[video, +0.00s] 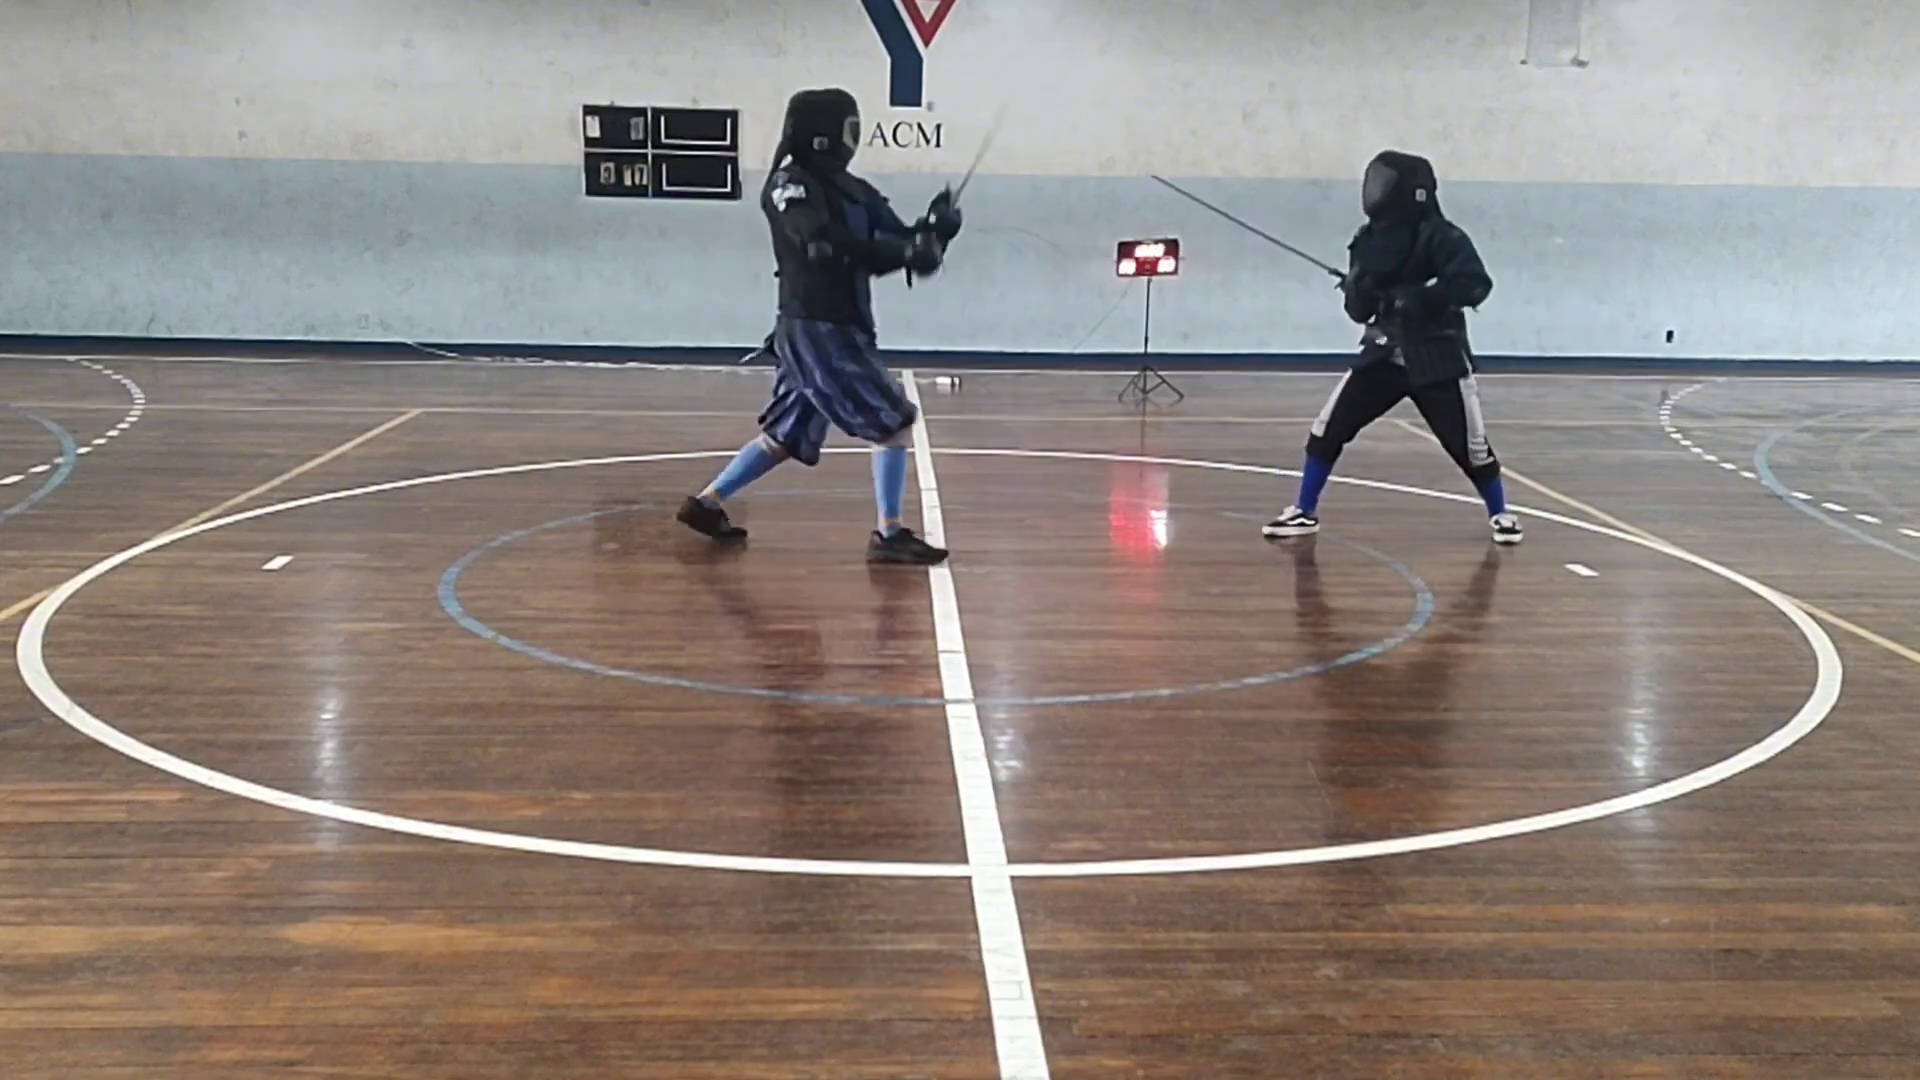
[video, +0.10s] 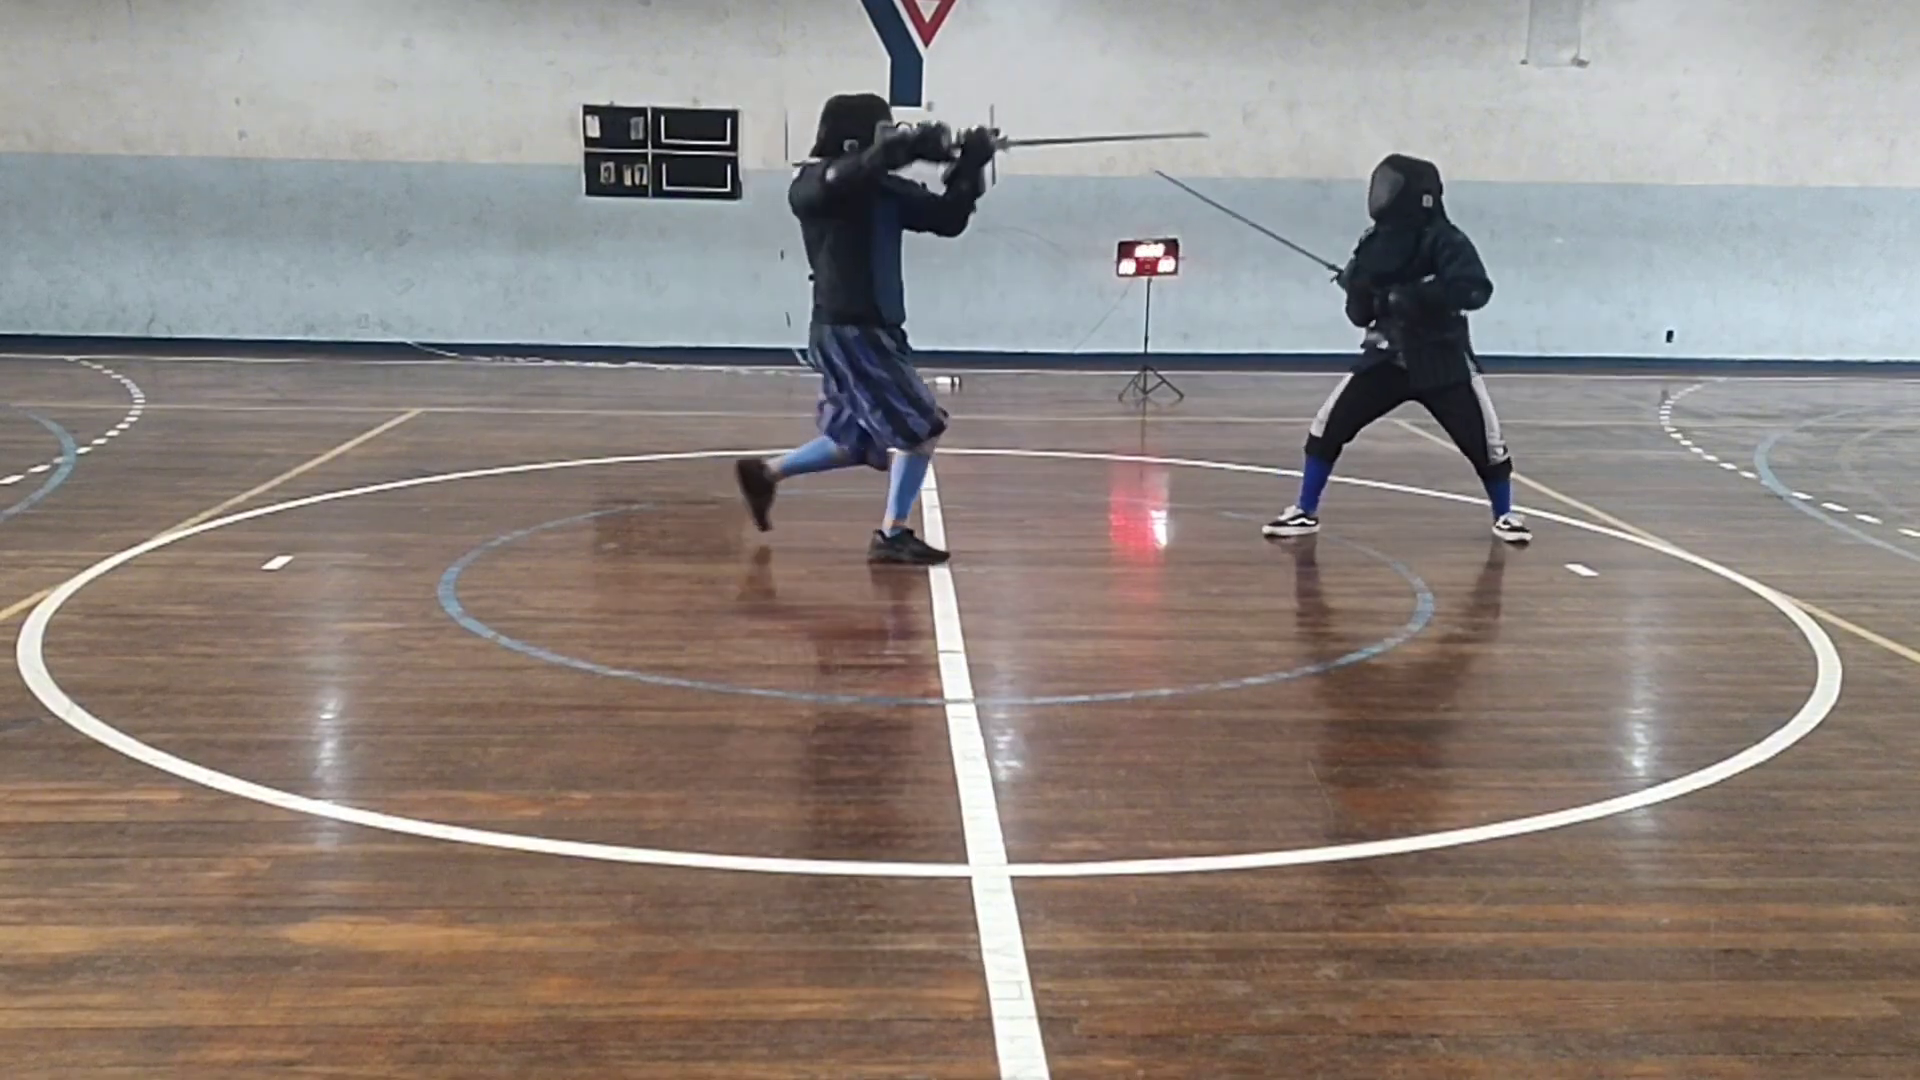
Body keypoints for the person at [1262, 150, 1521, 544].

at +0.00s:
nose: (1371, 190)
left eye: (1381, 182)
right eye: (1372, 181)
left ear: (1411, 190)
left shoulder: (1440, 235)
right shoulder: (1367, 241)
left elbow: (1475, 284)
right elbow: (1358, 311)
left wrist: (1419, 298)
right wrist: (1360, 290)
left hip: (1439, 358)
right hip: (1384, 358)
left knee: (1469, 446)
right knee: (1327, 431)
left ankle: (1500, 514)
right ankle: (1303, 511)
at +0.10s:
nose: (1378, 194)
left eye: (1389, 186)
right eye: (1379, 185)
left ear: (1418, 194)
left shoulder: (1443, 237)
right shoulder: (1373, 244)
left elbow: (1476, 289)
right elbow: (1359, 316)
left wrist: (1414, 296)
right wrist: (1359, 290)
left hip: (1444, 362)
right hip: (1387, 362)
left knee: (1486, 442)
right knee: (1328, 427)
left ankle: (1504, 515)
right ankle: (1305, 511)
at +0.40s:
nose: (1367, 178)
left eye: (1378, 171)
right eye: (1363, 171)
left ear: (1399, 172)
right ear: (1355, 173)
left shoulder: (1415, 214)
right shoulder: (1347, 217)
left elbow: (1402, 177)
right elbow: (1317, 199)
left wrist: (1375, 141)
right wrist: (1317, 143)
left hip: (1400, 347)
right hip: (1341, 346)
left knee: (1454, 433)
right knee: (1280, 426)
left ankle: (1495, 511)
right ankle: (1263, 505)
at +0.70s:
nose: (1312, 164)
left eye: (1322, 159)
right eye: (1315, 155)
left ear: (1348, 172)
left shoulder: (1354, 218)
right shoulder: (1307, 200)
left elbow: (1288, 249)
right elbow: (1261, 206)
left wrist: (1221, 239)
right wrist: (1205, 203)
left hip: (1341, 342)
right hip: (1293, 336)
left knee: (1374, 435)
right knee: (1259, 426)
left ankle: (1416, 501)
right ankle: (1247, 512)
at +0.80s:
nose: (1307, 172)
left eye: (1317, 167)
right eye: (1310, 164)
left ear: (1342, 179)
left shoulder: (1347, 227)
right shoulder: (1300, 202)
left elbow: (1278, 254)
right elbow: (1249, 204)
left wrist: (1210, 228)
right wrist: (1194, 212)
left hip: (1333, 349)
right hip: (1288, 340)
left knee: (1361, 442)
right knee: (1250, 424)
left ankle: (1424, 496)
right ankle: (1254, 515)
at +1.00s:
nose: (1308, 179)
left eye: (1318, 173)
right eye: (1310, 170)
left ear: (1344, 183)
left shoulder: (1353, 230)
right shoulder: (1305, 208)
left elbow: (1287, 261)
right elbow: (1255, 213)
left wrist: (1216, 247)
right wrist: (1201, 219)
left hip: (1341, 353)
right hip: (1297, 342)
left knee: (1373, 445)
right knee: (1254, 430)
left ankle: (1434, 492)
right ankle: (1260, 518)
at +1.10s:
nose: (1315, 178)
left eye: (1325, 173)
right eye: (1318, 170)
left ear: (1354, 183)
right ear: (1348, 181)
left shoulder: (1370, 223)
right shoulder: (1317, 204)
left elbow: (1310, 245)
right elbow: (1270, 207)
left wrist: (1242, 239)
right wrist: (1208, 199)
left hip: (1354, 348)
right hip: (1305, 341)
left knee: (1397, 442)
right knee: (1259, 431)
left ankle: (1444, 492)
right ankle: (1260, 518)